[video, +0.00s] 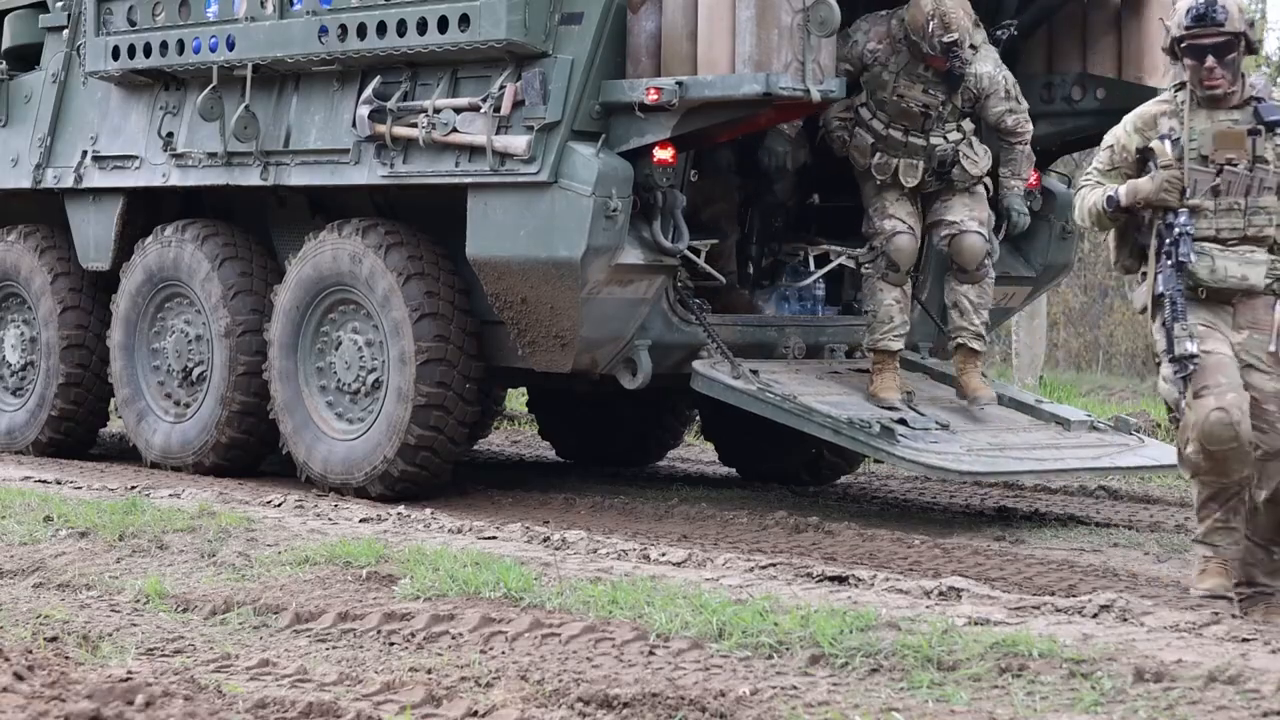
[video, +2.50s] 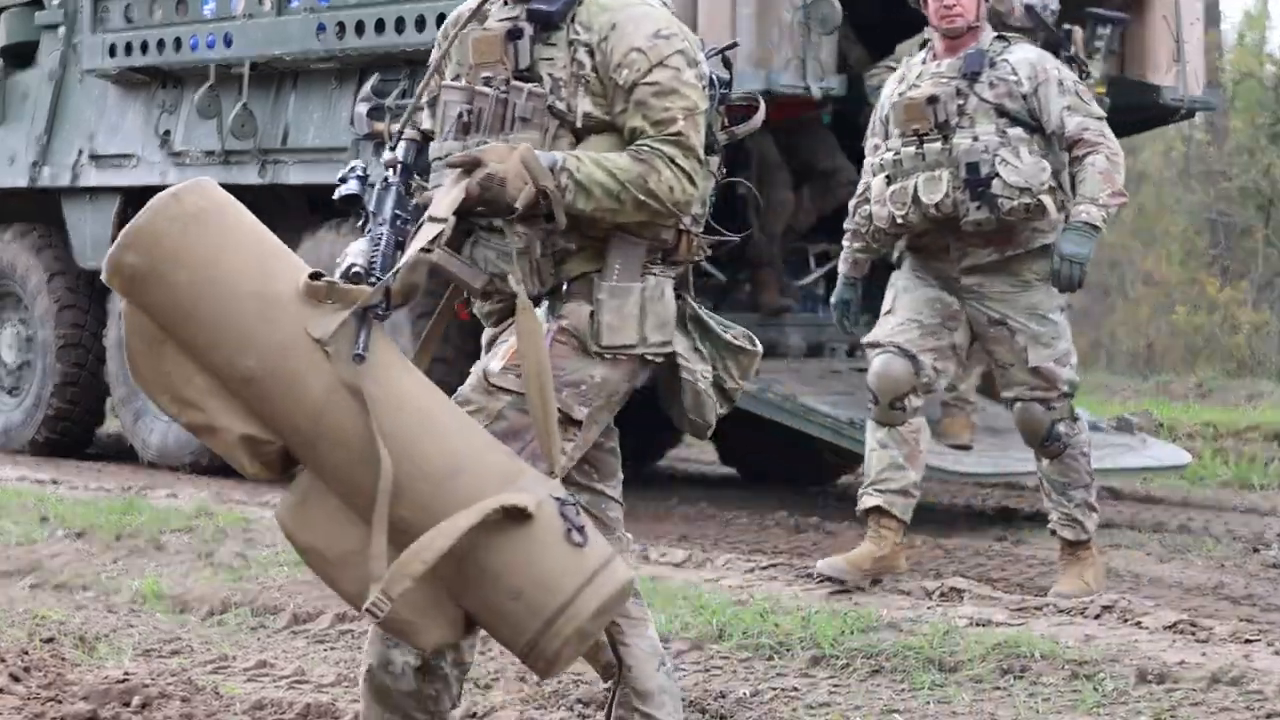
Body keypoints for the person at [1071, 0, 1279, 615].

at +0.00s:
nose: (1210, 65)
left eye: (1222, 52)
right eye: (1197, 54)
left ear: (1243, 51)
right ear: (1180, 58)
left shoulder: (1267, 110)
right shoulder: (1155, 118)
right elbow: (1084, 200)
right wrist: (1132, 193)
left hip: (1264, 298)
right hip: (1190, 297)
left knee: (1271, 444)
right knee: (1221, 426)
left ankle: (1263, 573)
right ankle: (1219, 550)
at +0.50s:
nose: (1222, 6)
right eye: (1211, 0)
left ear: (1255, 4)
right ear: (1192, 3)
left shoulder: (1275, 51)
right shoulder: (1148, 58)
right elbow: (1089, 155)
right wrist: (1154, 133)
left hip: (1269, 265)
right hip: (1187, 266)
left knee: (1271, 428)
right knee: (1185, 448)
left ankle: (1269, 569)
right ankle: (1223, 579)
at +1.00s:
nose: (1200, 7)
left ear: (1242, 4)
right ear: (1171, 3)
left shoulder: (1269, 59)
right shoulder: (1132, 62)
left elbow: (1276, 193)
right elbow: (1082, 185)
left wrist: (1265, 277)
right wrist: (1122, 116)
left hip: (1253, 284)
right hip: (1151, 286)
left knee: (1258, 459)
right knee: (1126, 443)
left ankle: (1266, 627)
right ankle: (1138, 642)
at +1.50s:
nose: (1067, 13)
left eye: (1086, 3)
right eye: (1056, 1)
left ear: (1117, 12)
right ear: (1040, 6)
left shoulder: (1162, 106)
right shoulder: (980, 75)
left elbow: (1180, 238)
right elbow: (924, 193)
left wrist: (1089, 287)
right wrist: (984, 160)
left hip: (1098, 347)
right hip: (992, 339)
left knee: (1076, 519)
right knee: (1004, 516)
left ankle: (1040, 698)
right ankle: (1128, 678)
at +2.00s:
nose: (749, 16)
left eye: (766, 4)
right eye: (739, 6)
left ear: (817, 1)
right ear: (729, 12)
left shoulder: (882, 87)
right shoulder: (722, 88)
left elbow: (910, 231)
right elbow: (685, 214)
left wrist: (780, 249)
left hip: (838, 378)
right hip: (726, 371)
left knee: (860, 573)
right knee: (651, 554)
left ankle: (954, 708)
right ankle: (669, 708)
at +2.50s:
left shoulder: (646, 36)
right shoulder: (470, 27)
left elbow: (673, 180)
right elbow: (428, 151)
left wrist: (543, 176)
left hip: (607, 305)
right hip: (515, 305)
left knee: (459, 482)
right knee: (585, 523)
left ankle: (409, 697)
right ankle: (648, 697)